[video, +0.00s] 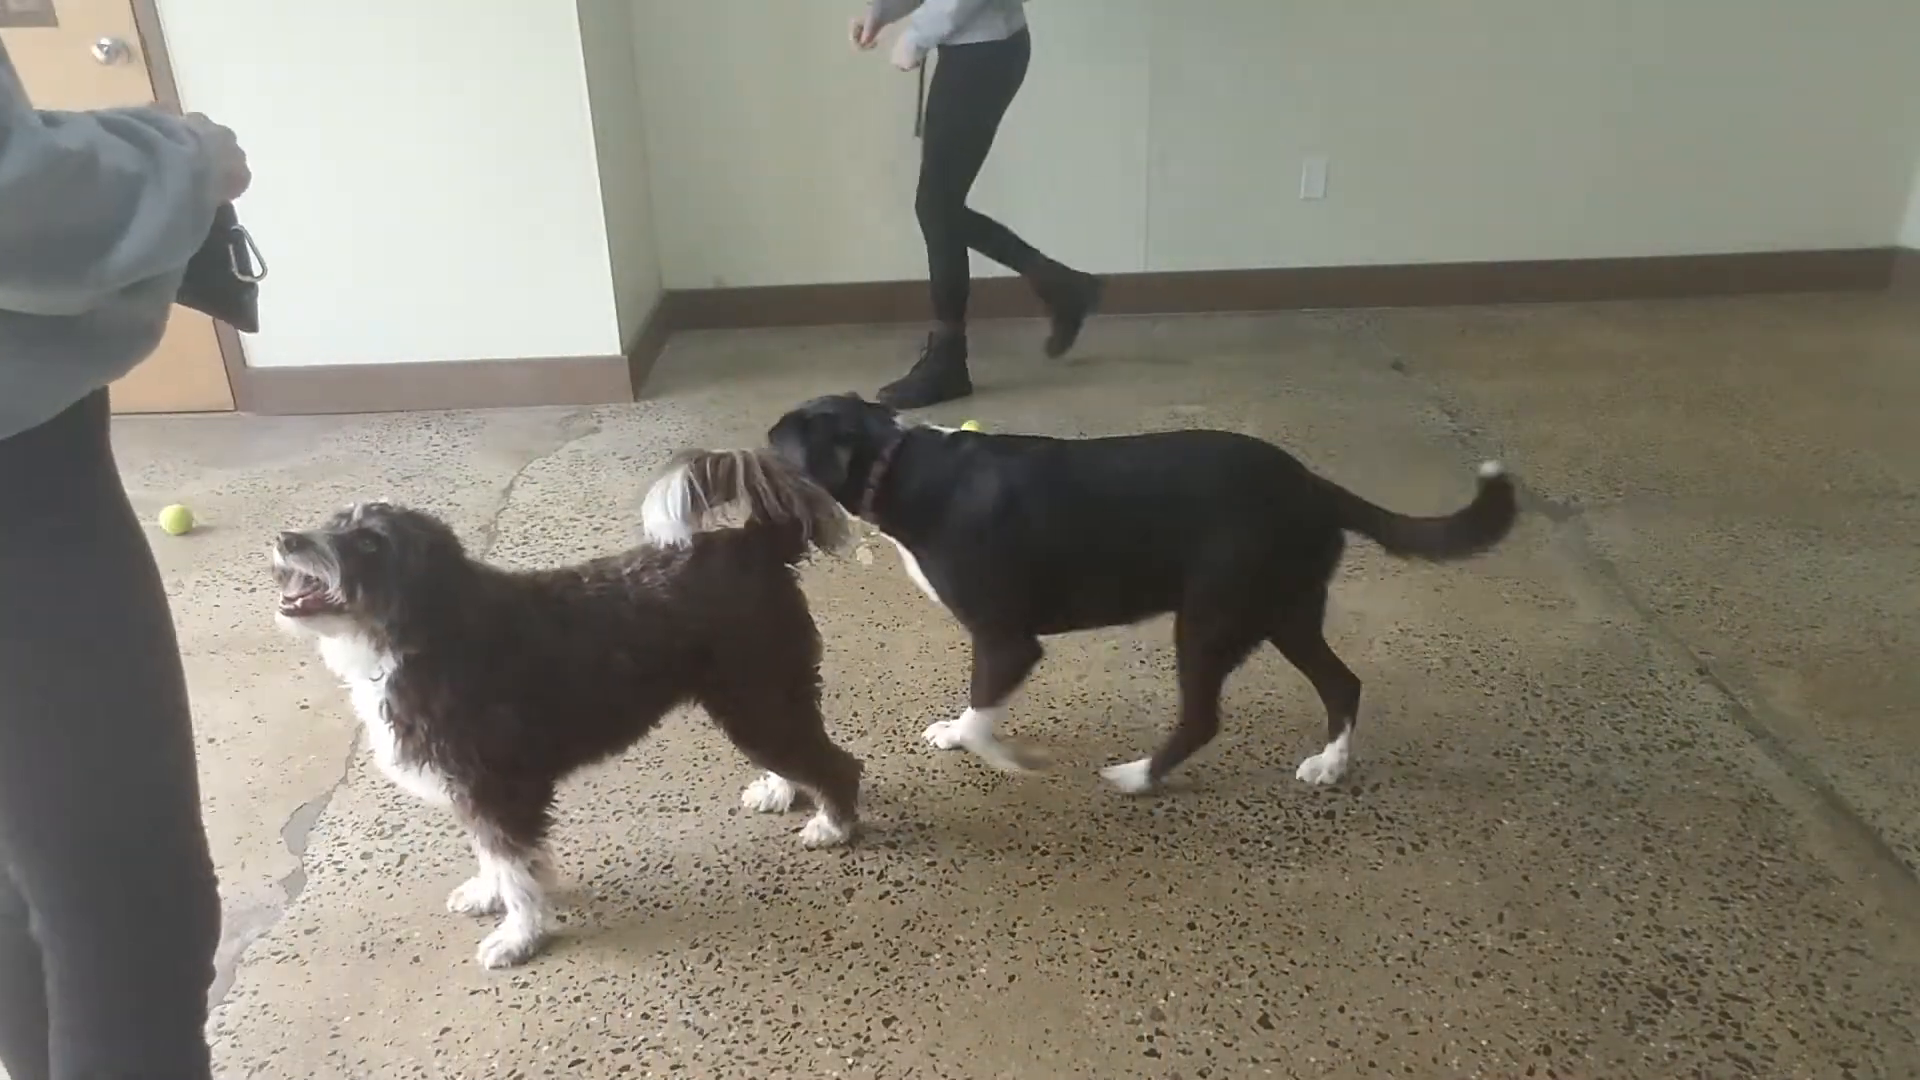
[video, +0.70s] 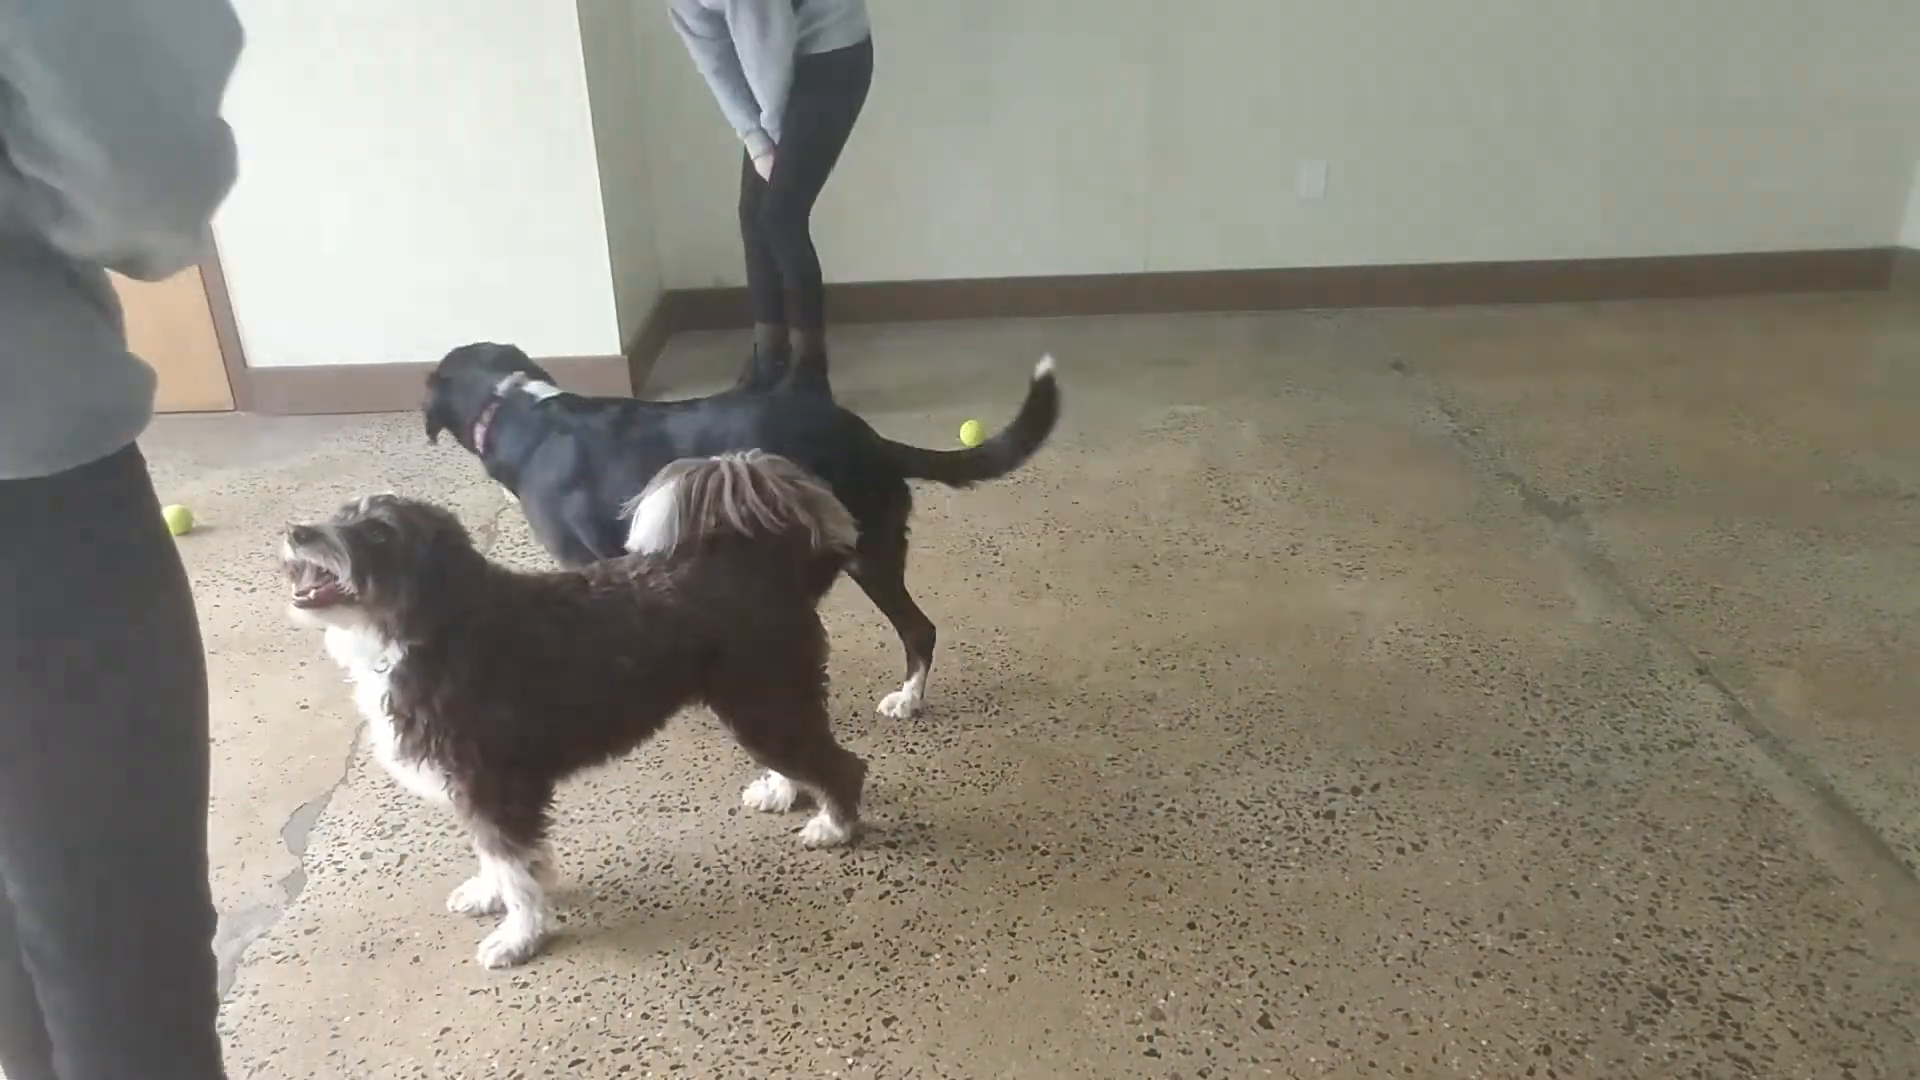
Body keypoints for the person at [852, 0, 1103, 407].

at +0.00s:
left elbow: (964, 6)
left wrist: (916, 35)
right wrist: (880, 12)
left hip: (987, 45)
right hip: (963, 45)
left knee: (938, 206)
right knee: (940, 206)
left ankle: (948, 364)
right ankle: (1062, 286)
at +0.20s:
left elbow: (890, 5)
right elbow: (857, 1)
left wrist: (857, 80)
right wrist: (830, 53)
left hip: (944, 47)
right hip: (889, 46)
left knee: (911, 210)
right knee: (842, 196)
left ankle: (946, 363)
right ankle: (859, 357)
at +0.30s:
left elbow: (869, 8)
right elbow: (821, 5)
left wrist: (842, 89)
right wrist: (809, 79)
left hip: (917, 55)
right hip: (858, 58)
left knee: (892, 219)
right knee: (824, 213)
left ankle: (945, 362)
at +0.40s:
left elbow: (841, 10)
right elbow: (777, 9)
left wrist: (821, 95)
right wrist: (784, 99)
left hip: (886, 58)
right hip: (819, 62)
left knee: (858, 228)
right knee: (791, 219)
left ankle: (936, 351)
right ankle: (776, 368)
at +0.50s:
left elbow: (810, 16)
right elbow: (741, 16)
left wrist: (800, 103)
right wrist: (765, 115)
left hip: (861, 56)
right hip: (794, 58)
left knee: (811, 221)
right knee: (770, 209)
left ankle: (910, 335)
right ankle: (774, 369)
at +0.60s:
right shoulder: (707, 6)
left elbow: (783, 33)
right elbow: (721, 39)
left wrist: (781, 119)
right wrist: (755, 130)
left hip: (843, 50)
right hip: (777, 58)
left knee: (785, 215)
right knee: (757, 213)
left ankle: (865, 349)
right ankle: (772, 370)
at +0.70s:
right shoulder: (684, 7)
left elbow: (770, 49)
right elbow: (713, 59)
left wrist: (771, 130)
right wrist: (755, 142)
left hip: (830, 52)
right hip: (766, 56)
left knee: (782, 213)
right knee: (754, 211)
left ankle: (810, 377)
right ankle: (769, 364)